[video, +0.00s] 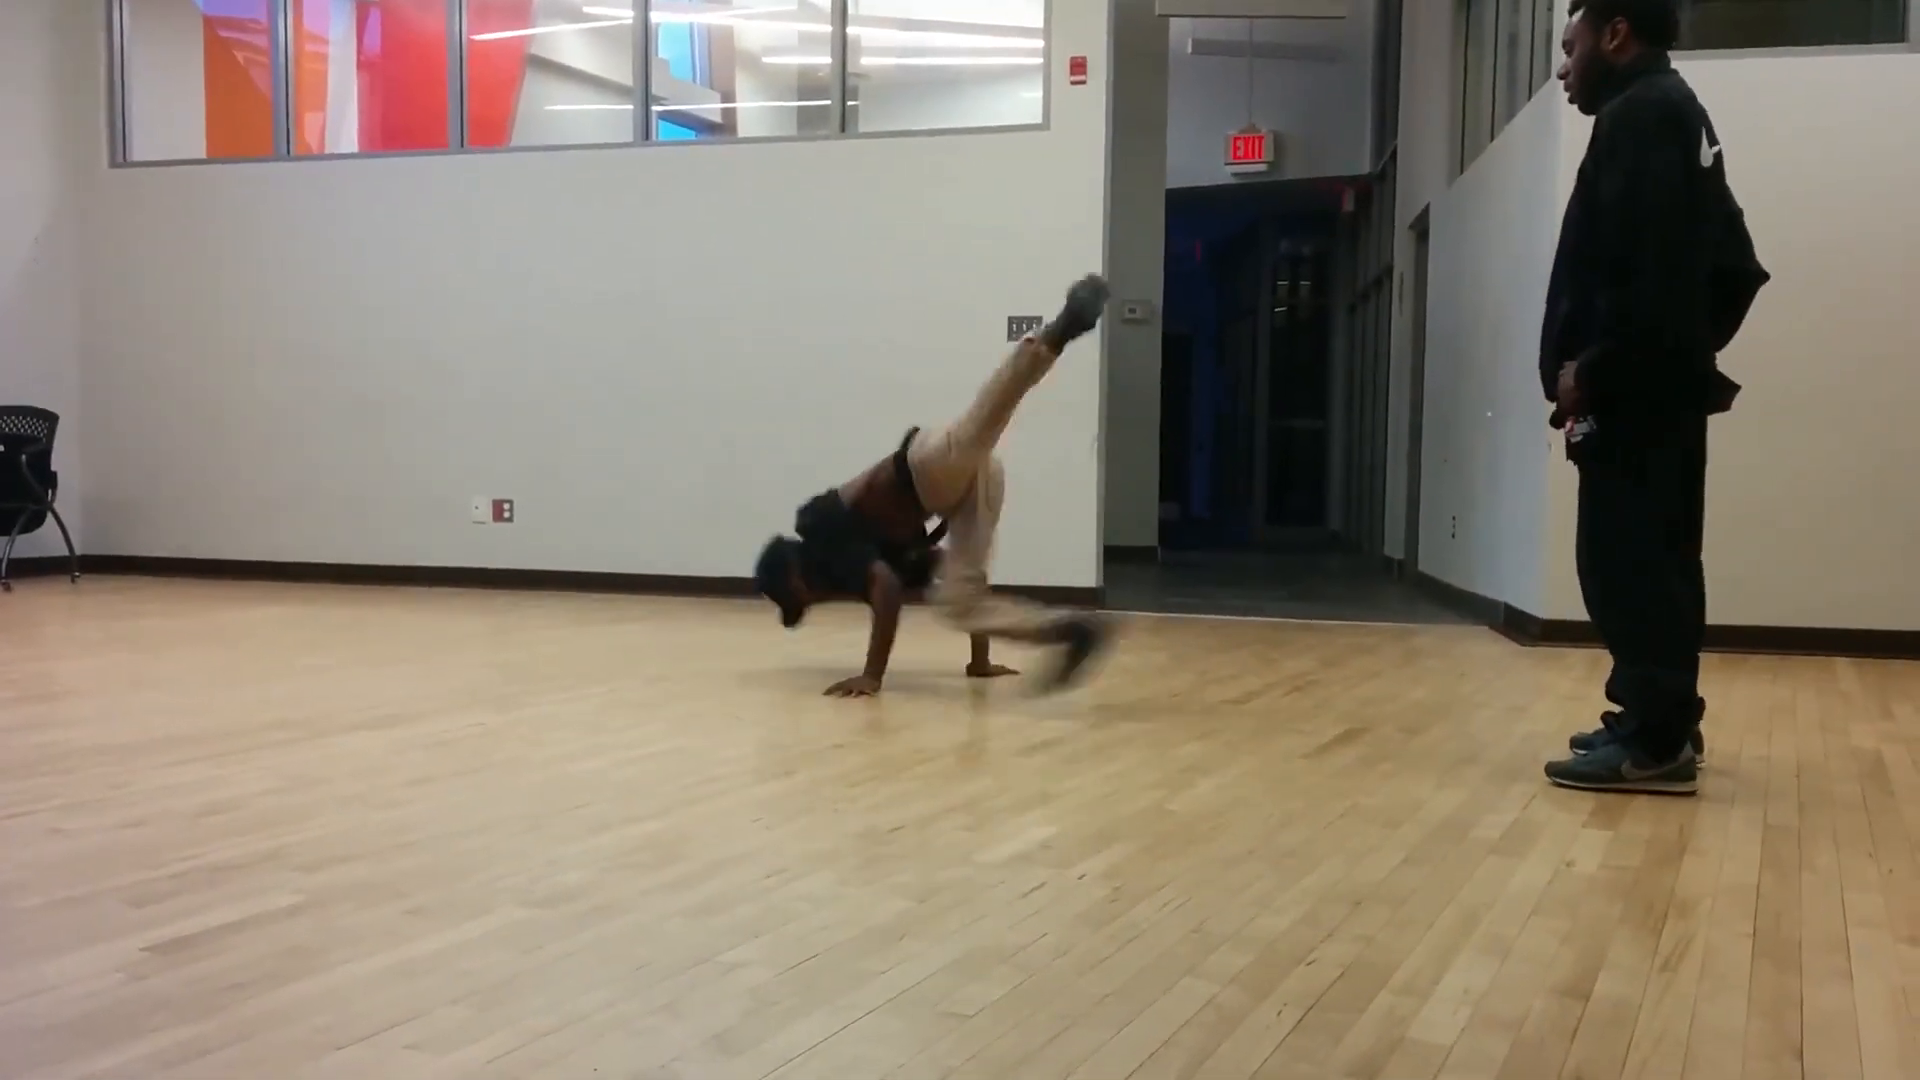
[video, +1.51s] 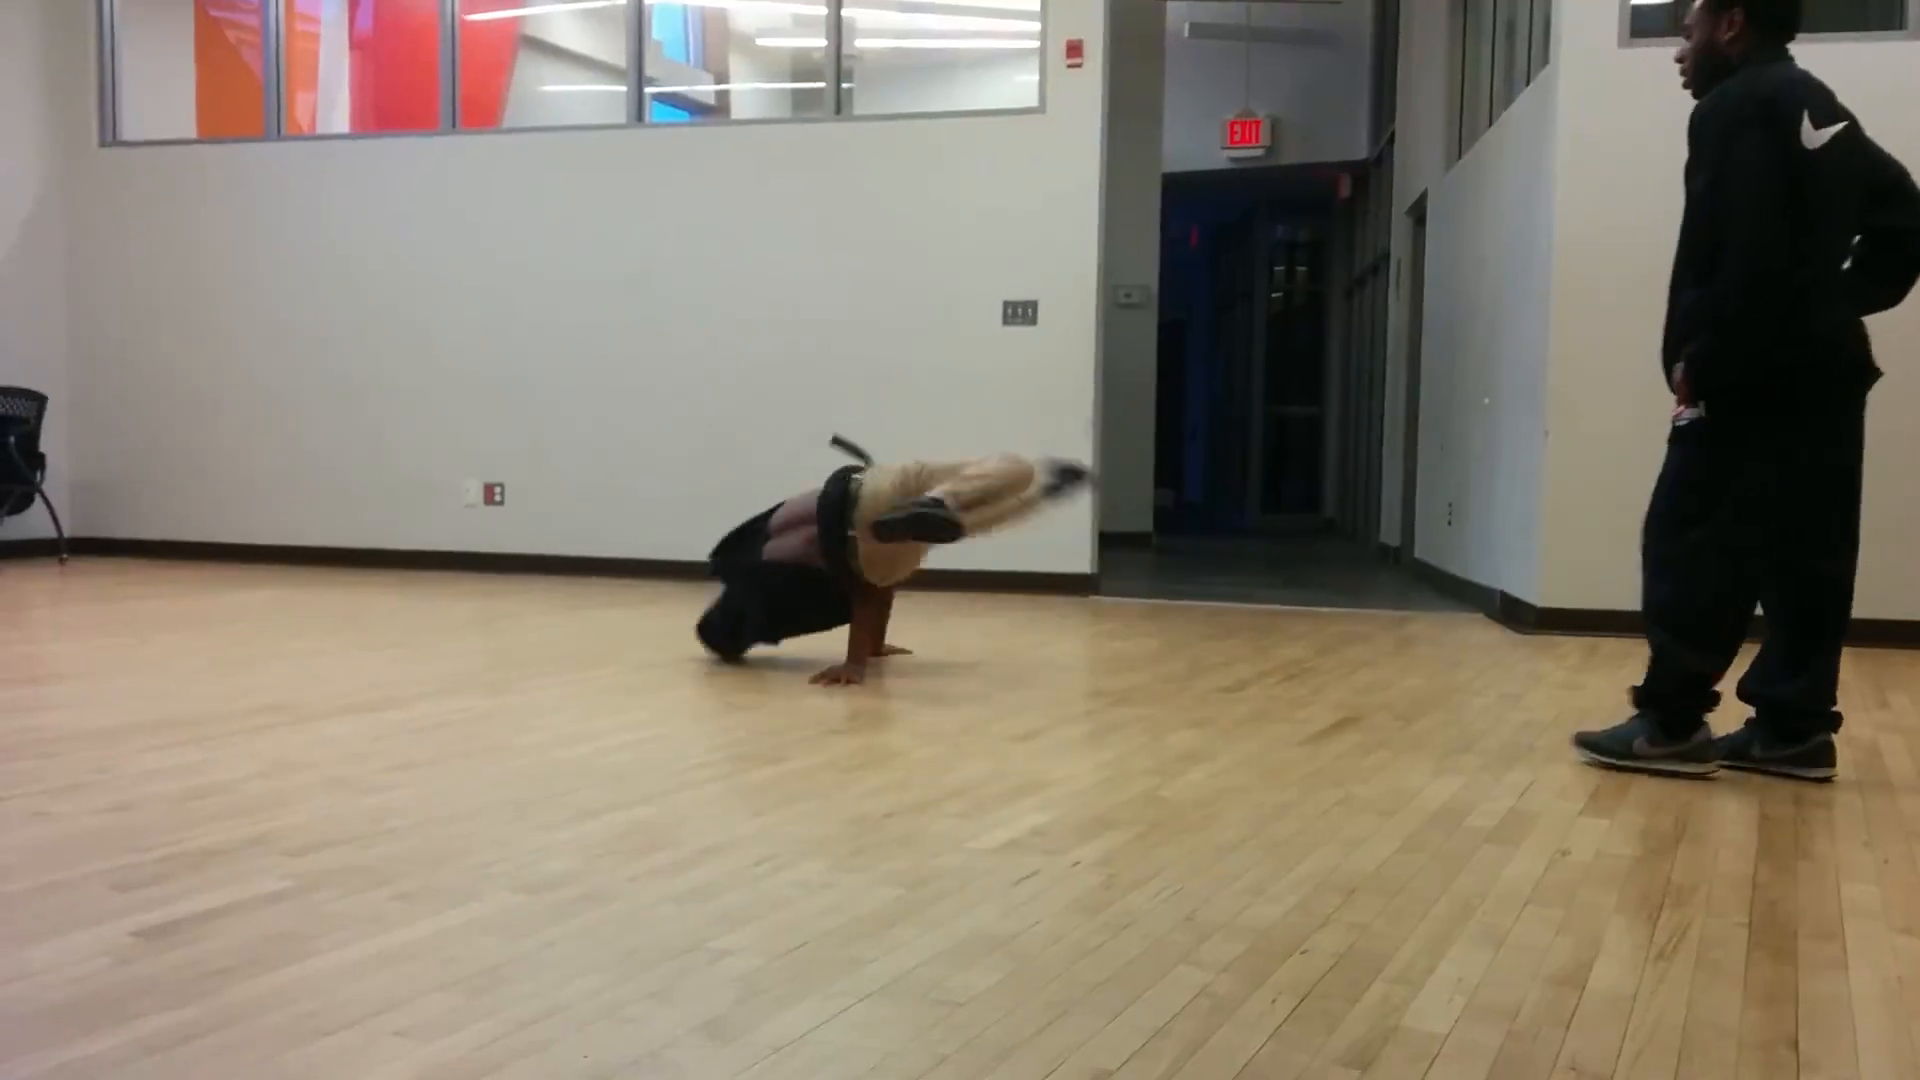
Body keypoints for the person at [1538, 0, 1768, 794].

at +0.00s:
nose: (1562, 63)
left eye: (1572, 44)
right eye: (1564, 46)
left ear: (1617, 38)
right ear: (1624, 38)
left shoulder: (1639, 113)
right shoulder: (1671, 109)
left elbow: (1625, 262)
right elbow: (1735, 266)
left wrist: (1585, 363)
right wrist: (1677, 359)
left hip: (1636, 397)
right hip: (1664, 394)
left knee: (1628, 557)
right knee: (1651, 552)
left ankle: (1656, 740)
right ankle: (1656, 726)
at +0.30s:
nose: (1550, 49)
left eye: (1560, 30)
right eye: (1552, 31)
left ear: (1606, 25)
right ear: (1613, 28)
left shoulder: (1633, 101)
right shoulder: (1663, 97)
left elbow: (1640, 255)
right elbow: (1722, 253)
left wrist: (1598, 360)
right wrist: (1661, 355)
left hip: (1639, 392)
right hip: (1667, 390)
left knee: (1625, 557)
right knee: (1640, 555)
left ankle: (1643, 738)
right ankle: (1645, 729)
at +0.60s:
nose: (1526, 65)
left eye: (1532, 42)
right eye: (1526, 46)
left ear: (1575, 35)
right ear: (1588, 35)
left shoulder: (1624, 108)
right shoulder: (1657, 95)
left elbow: (1652, 261)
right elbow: (1750, 217)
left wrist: (1619, 371)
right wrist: (1696, 314)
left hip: (1667, 389)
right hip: (1688, 383)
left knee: (1648, 552)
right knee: (1658, 549)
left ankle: (1644, 735)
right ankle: (1639, 721)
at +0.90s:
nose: (1556, 56)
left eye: (1562, 33)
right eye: (1556, 37)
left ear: (1606, 25)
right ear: (1626, 28)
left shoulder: (1641, 113)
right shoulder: (1707, 97)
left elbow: (1624, 246)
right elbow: (1807, 191)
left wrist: (1617, 360)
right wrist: (1729, 273)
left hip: (1675, 380)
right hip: (1731, 370)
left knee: (1647, 551)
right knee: (1722, 539)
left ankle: (1647, 732)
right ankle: (1765, 707)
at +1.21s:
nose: (1626, 46)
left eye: (1635, 22)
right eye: (1626, 26)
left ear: (1682, 17)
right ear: (1691, 21)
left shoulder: (1693, 108)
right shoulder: (1761, 100)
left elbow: (1677, 256)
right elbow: (1847, 223)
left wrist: (1648, 364)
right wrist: (1763, 295)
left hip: (1696, 388)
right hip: (1763, 381)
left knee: (1659, 554)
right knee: (1764, 550)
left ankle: (1647, 732)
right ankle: (1787, 723)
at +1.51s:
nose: (1679, 41)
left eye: (1689, 22)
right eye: (1681, 25)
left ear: (1732, 24)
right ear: (1752, 30)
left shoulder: (1731, 108)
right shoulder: (1814, 101)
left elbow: (1725, 243)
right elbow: (1903, 216)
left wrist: (1693, 356)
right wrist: (1842, 303)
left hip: (1746, 378)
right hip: (1828, 377)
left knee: (1685, 535)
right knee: (1810, 548)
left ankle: (1670, 718)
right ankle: (1794, 728)